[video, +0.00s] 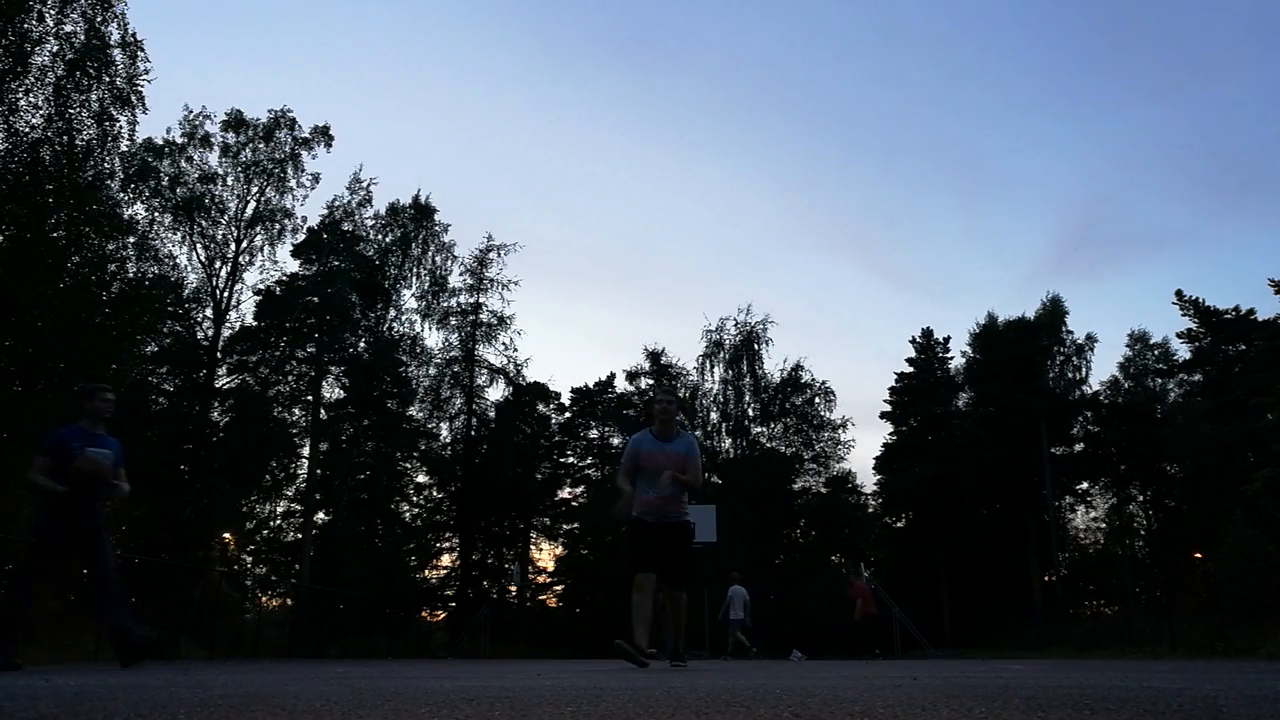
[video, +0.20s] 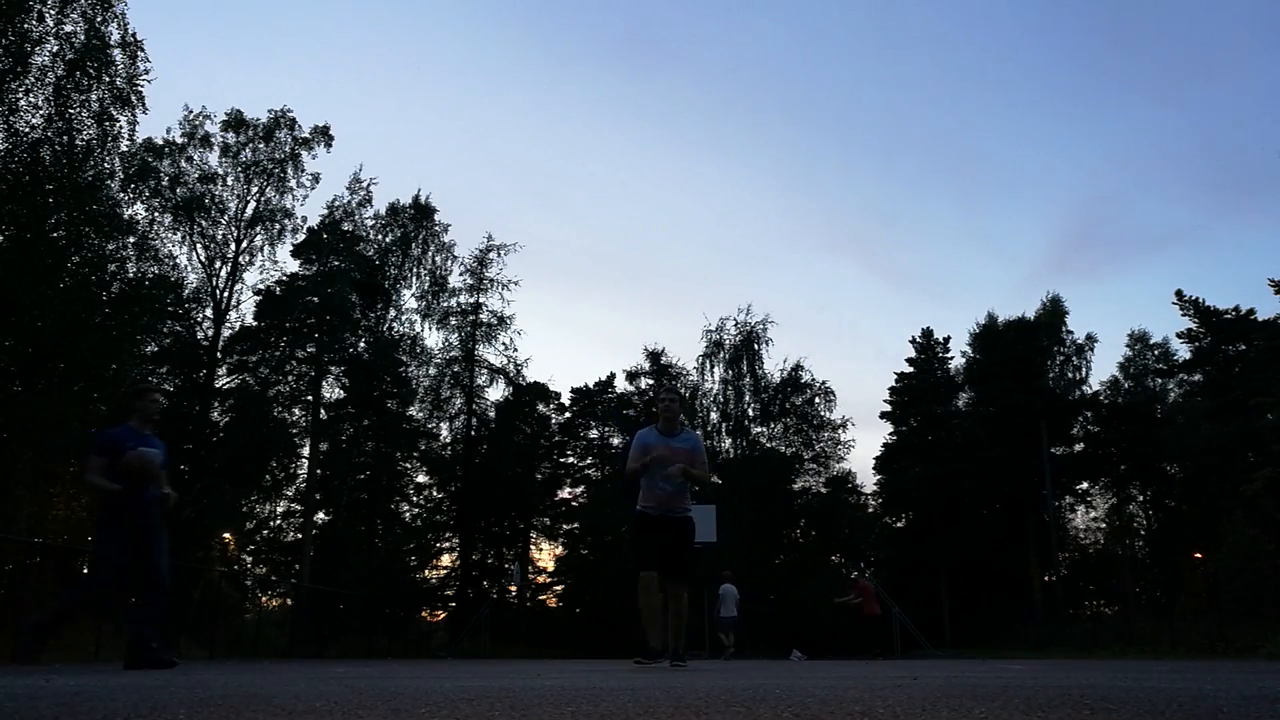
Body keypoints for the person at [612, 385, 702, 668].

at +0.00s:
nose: (664, 407)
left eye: (669, 402)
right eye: (660, 402)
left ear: (677, 408)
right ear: (652, 408)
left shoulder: (688, 443)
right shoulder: (637, 441)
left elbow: (696, 482)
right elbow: (622, 476)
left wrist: (677, 477)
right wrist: (629, 491)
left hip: (676, 522)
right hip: (643, 521)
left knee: (675, 588)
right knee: (643, 582)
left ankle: (677, 651)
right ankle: (640, 646)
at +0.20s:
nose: (667, 405)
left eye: (672, 401)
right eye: (663, 401)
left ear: (680, 406)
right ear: (656, 406)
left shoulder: (692, 439)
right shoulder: (644, 437)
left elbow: (705, 476)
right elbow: (630, 471)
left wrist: (686, 470)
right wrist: (650, 461)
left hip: (679, 517)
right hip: (648, 516)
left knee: (678, 584)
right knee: (648, 580)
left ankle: (677, 650)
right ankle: (653, 648)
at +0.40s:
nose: (655, 411)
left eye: (661, 407)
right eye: (654, 406)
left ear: (676, 412)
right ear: (654, 412)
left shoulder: (691, 442)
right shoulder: (644, 440)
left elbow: (706, 477)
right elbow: (633, 474)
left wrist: (686, 473)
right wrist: (650, 456)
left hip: (679, 520)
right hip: (648, 519)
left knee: (678, 584)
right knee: (650, 584)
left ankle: (678, 649)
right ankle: (652, 646)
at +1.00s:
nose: (632, 426)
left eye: (636, 422)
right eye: (630, 422)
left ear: (650, 424)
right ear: (631, 426)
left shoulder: (670, 449)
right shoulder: (628, 459)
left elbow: (693, 477)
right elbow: (623, 491)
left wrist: (659, 476)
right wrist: (620, 513)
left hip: (676, 525)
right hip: (647, 528)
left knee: (685, 585)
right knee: (656, 589)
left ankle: (696, 647)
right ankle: (662, 650)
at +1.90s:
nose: (684, 433)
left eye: (688, 429)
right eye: (680, 429)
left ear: (694, 433)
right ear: (673, 432)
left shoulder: (702, 459)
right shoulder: (661, 456)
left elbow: (725, 474)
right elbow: (642, 465)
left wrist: (725, 459)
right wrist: (650, 443)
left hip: (693, 532)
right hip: (665, 531)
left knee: (694, 592)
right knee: (663, 591)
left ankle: (694, 651)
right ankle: (663, 651)